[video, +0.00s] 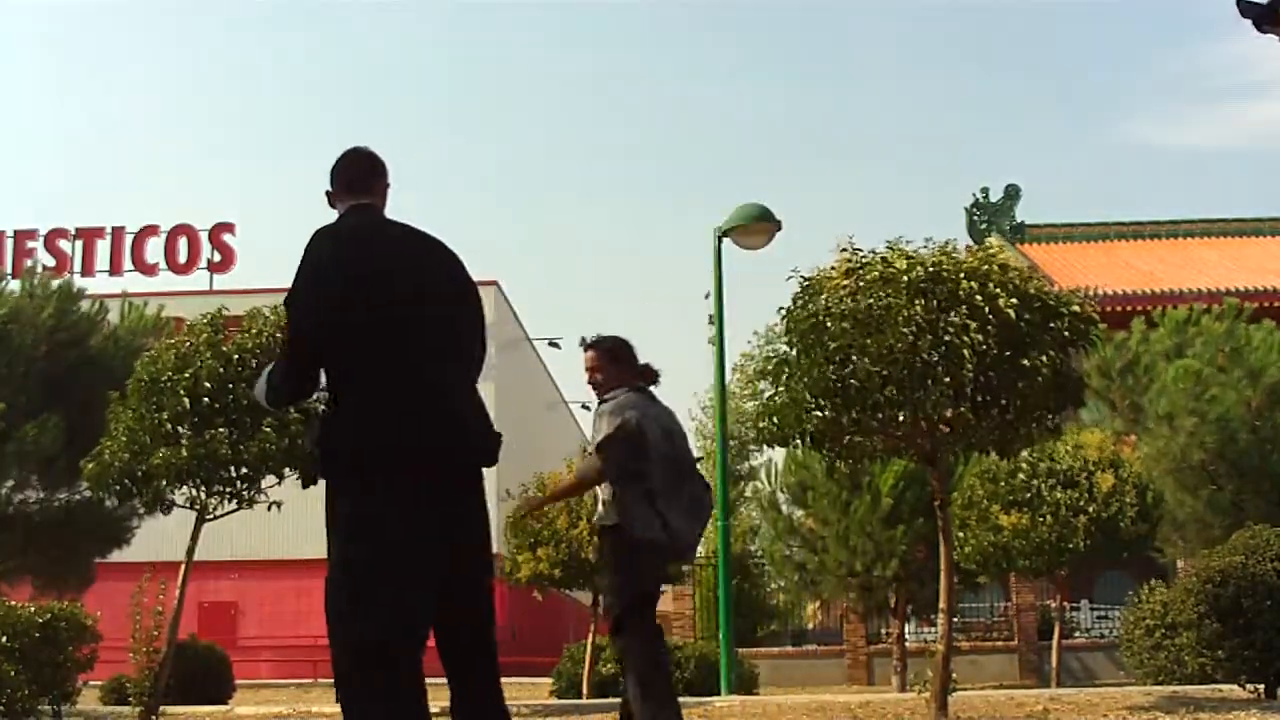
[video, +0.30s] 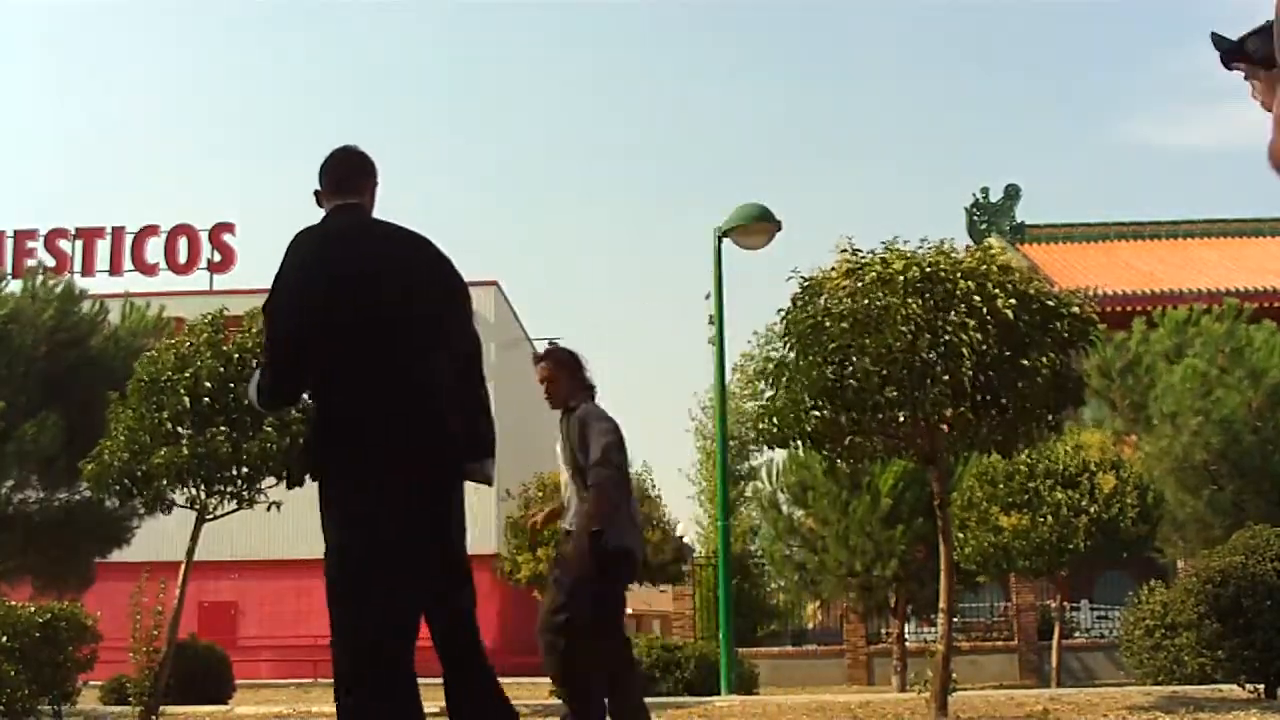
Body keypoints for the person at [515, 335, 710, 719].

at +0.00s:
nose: (590, 380)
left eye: (596, 371)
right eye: (587, 372)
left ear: (620, 369)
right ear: (631, 372)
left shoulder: (617, 409)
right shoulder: (657, 410)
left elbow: (599, 468)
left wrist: (541, 500)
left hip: (629, 535)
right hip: (657, 534)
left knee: (632, 629)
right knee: (638, 627)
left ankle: (654, 710)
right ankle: (638, 706)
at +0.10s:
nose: (573, 394)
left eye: (578, 385)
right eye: (572, 386)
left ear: (602, 383)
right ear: (614, 385)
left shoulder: (605, 423)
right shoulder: (642, 427)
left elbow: (597, 479)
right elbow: (679, 498)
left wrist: (539, 495)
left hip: (616, 547)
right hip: (640, 548)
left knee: (609, 640)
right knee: (620, 638)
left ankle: (653, 708)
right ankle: (633, 708)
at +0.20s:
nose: (557, 396)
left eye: (562, 387)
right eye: (555, 388)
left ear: (585, 384)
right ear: (582, 387)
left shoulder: (600, 420)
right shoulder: (593, 423)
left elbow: (603, 482)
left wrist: (550, 513)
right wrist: (577, 525)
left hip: (611, 548)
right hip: (606, 547)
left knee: (585, 635)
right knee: (605, 635)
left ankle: (638, 706)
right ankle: (632, 707)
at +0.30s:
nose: (544, 389)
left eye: (549, 379)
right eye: (541, 382)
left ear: (572, 377)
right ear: (556, 383)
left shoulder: (593, 419)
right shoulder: (572, 422)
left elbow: (604, 481)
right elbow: (584, 484)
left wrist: (586, 532)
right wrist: (555, 510)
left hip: (604, 543)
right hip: (593, 542)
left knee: (560, 629)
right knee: (605, 635)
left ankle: (584, 709)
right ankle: (630, 710)